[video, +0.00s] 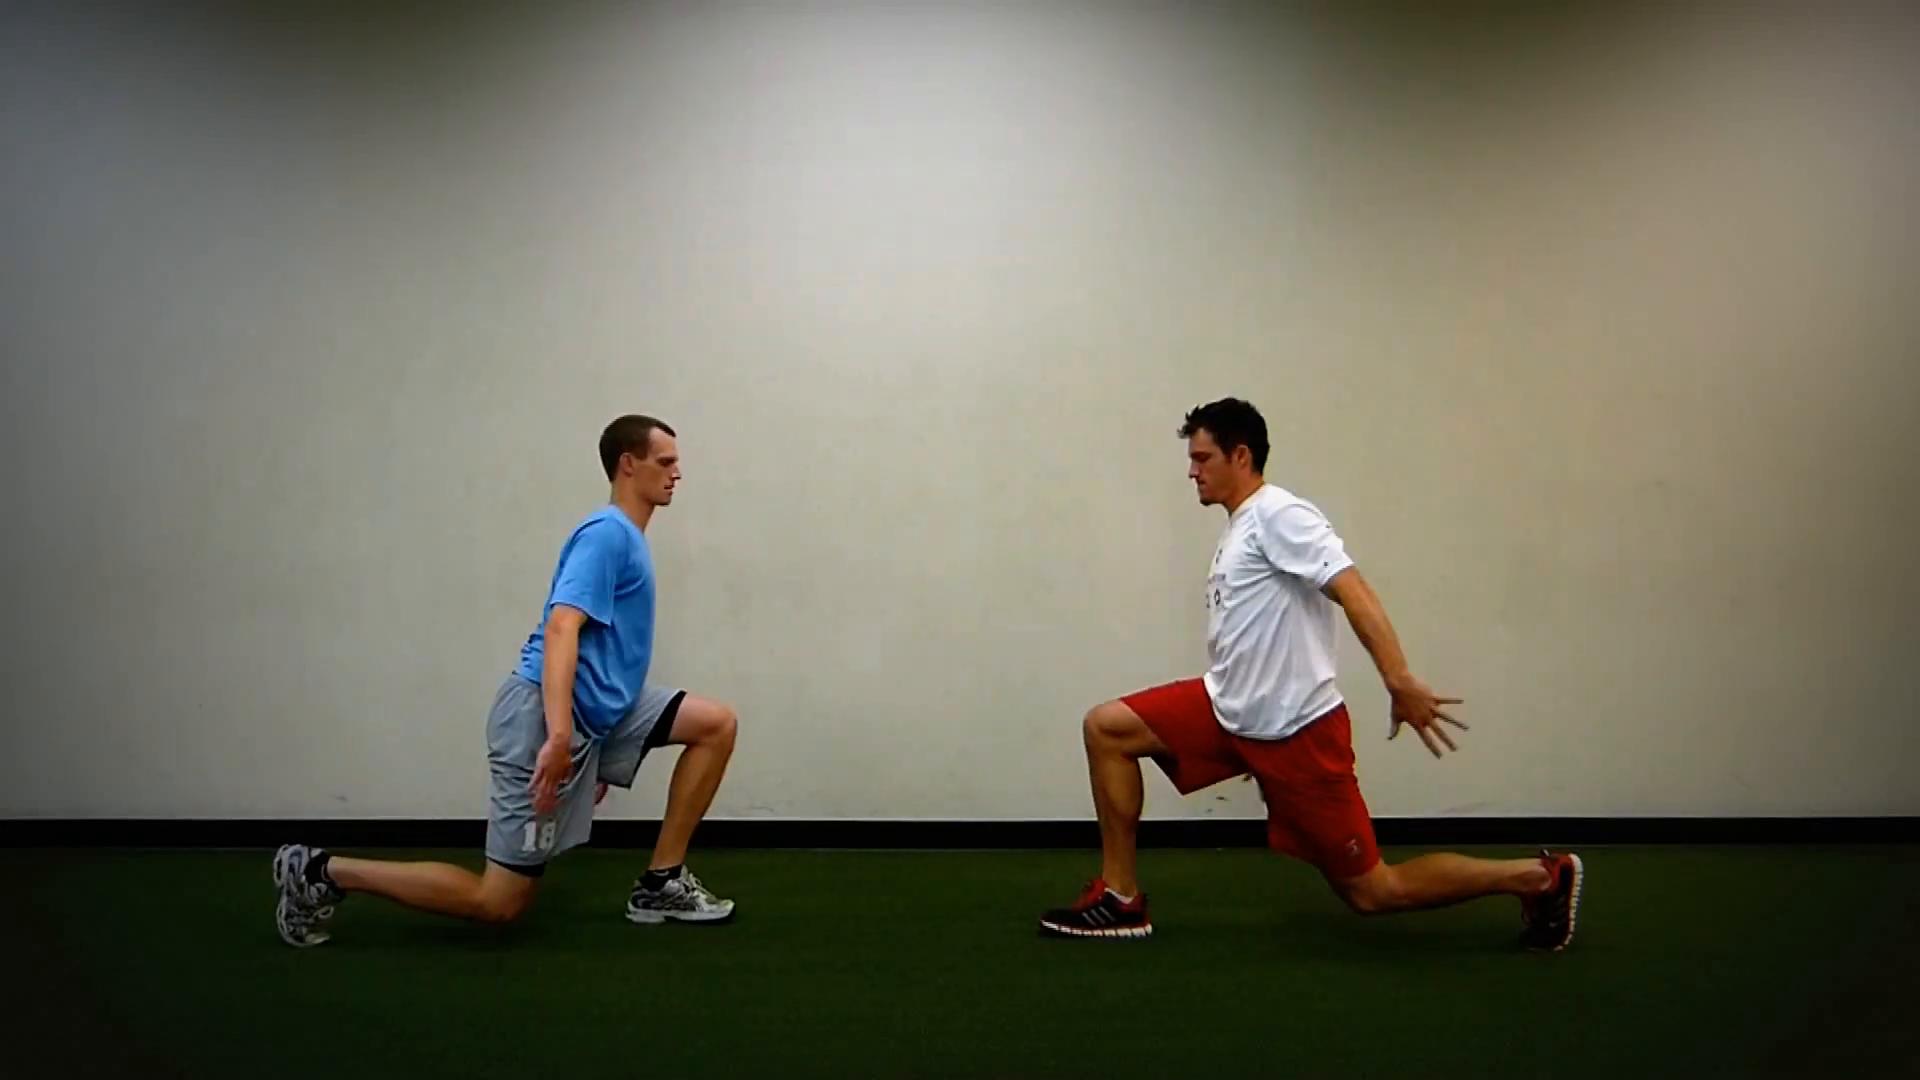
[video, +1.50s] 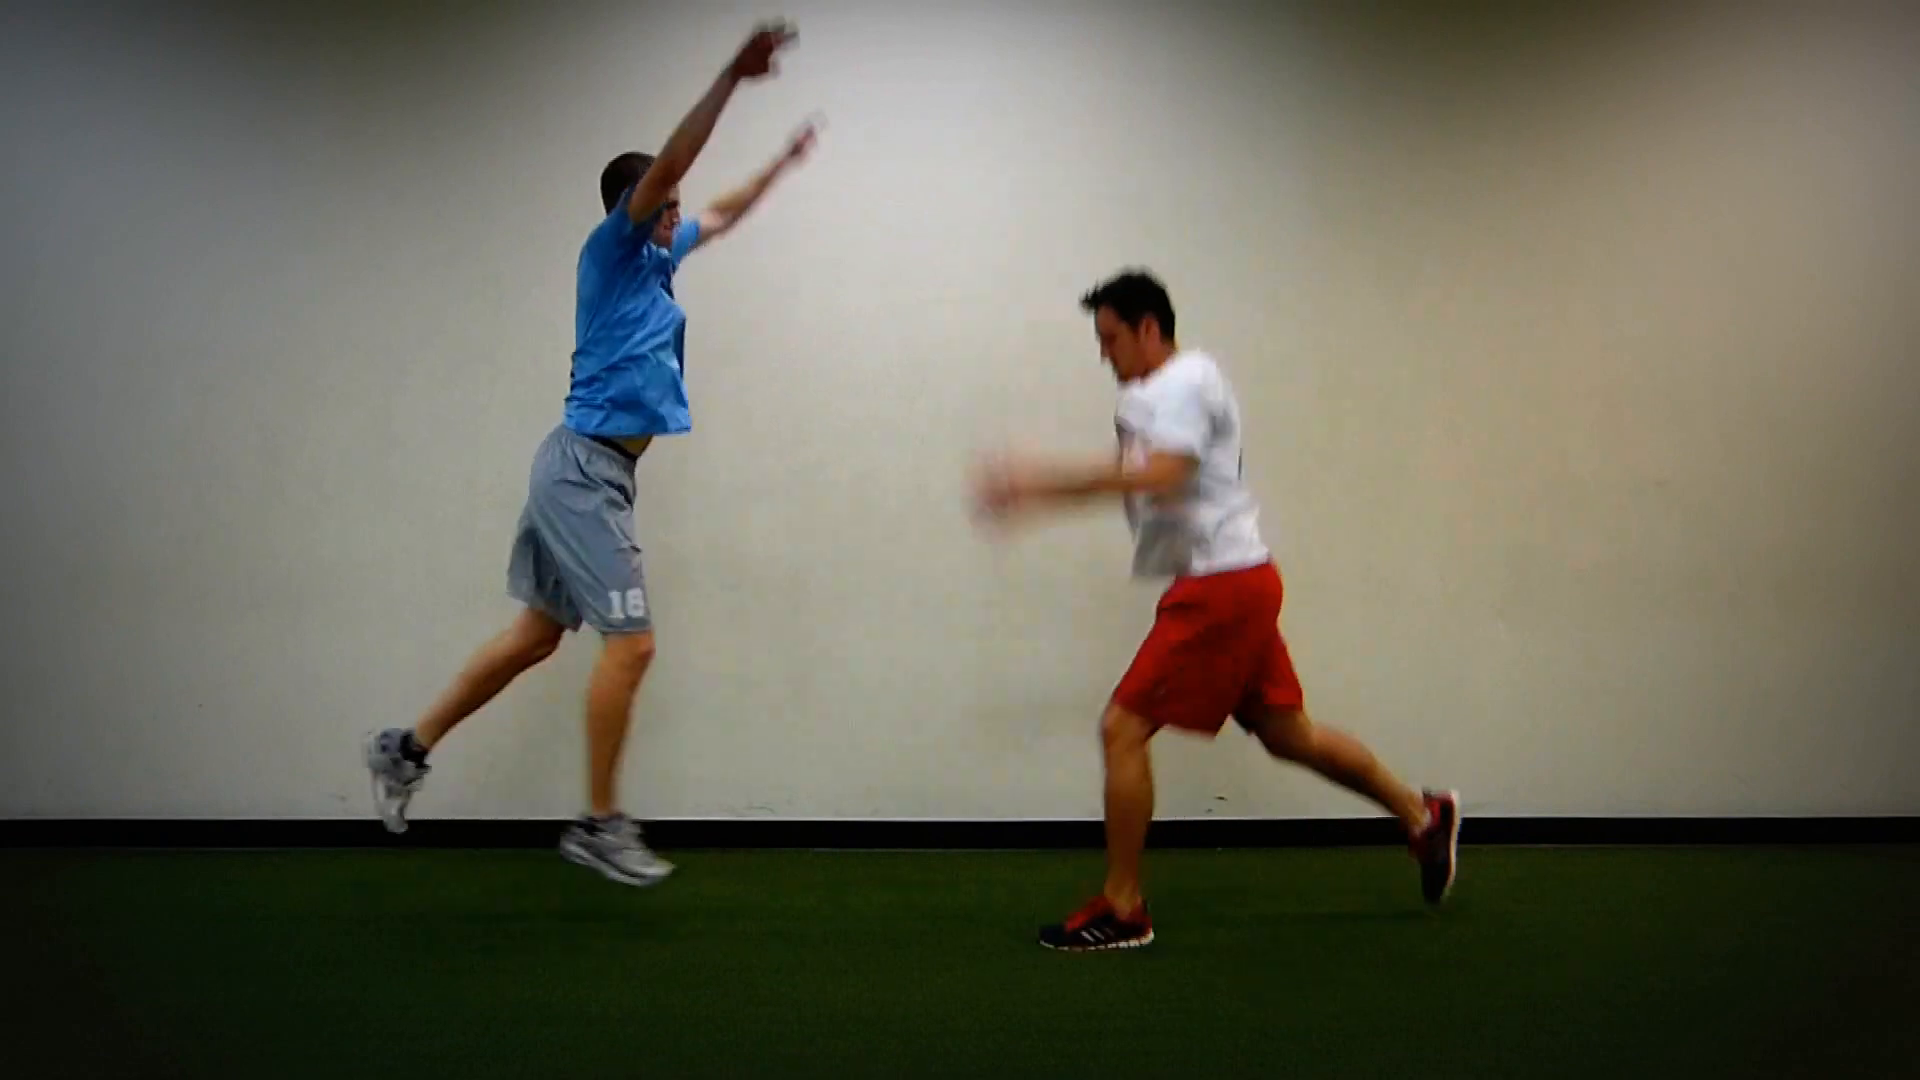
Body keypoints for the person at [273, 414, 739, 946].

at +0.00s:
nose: (676, 474)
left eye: (677, 464)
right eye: (666, 464)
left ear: (637, 466)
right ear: (628, 465)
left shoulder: (629, 539)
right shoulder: (606, 536)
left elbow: (607, 648)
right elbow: (562, 629)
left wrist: (605, 751)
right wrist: (561, 734)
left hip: (600, 703)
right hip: (543, 713)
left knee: (715, 727)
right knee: (500, 901)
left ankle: (663, 883)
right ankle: (320, 873)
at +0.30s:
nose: (673, 466)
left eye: (673, 455)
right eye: (663, 455)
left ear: (632, 459)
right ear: (625, 458)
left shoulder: (625, 533)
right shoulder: (599, 535)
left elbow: (581, 635)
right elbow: (557, 637)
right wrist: (558, 742)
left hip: (599, 701)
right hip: (542, 712)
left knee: (715, 726)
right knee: (499, 898)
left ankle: (663, 882)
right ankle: (315, 871)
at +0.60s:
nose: (677, 468)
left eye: (676, 457)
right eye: (666, 458)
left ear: (635, 464)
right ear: (628, 463)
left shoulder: (630, 538)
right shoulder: (603, 540)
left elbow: (586, 641)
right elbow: (548, 643)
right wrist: (527, 746)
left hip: (607, 707)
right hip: (552, 722)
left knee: (718, 727)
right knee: (499, 902)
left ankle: (663, 884)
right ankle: (317, 872)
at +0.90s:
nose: (675, 465)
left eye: (673, 454)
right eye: (664, 456)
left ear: (635, 466)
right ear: (627, 465)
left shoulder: (631, 537)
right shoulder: (604, 540)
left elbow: (591, 639)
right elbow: (552, 641)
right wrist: (533, 749)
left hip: (606, 704)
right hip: (548, 719)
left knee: (716, 727)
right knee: (496, 898)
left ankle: (663, 885)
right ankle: (311, 872)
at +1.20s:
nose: (669, 266)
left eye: (668, 257)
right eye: (658, 257)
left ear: (644, 275)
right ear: (627, 271)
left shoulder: (655, 333)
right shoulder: (617, 325)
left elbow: (711, 264)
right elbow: (687, 242)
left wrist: (745, 189)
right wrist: (726, 153)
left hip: (606, 555)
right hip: (557, 543)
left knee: (641, 701)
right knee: (465, 696)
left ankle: (659, 870)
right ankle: (345, 835)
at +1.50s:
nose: (680, 210)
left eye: (681, 198)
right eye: (667, 196)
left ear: (665, 211)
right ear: (632, 200)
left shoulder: (660, 255)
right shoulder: (615, 246)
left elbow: (725, 215)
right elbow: (669, 170)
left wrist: (781, 164)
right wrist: (732, 77)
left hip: (590, 471)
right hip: (585, 470)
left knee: (535, 633)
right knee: (630, 644)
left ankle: (408, 747)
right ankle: (601, 822)